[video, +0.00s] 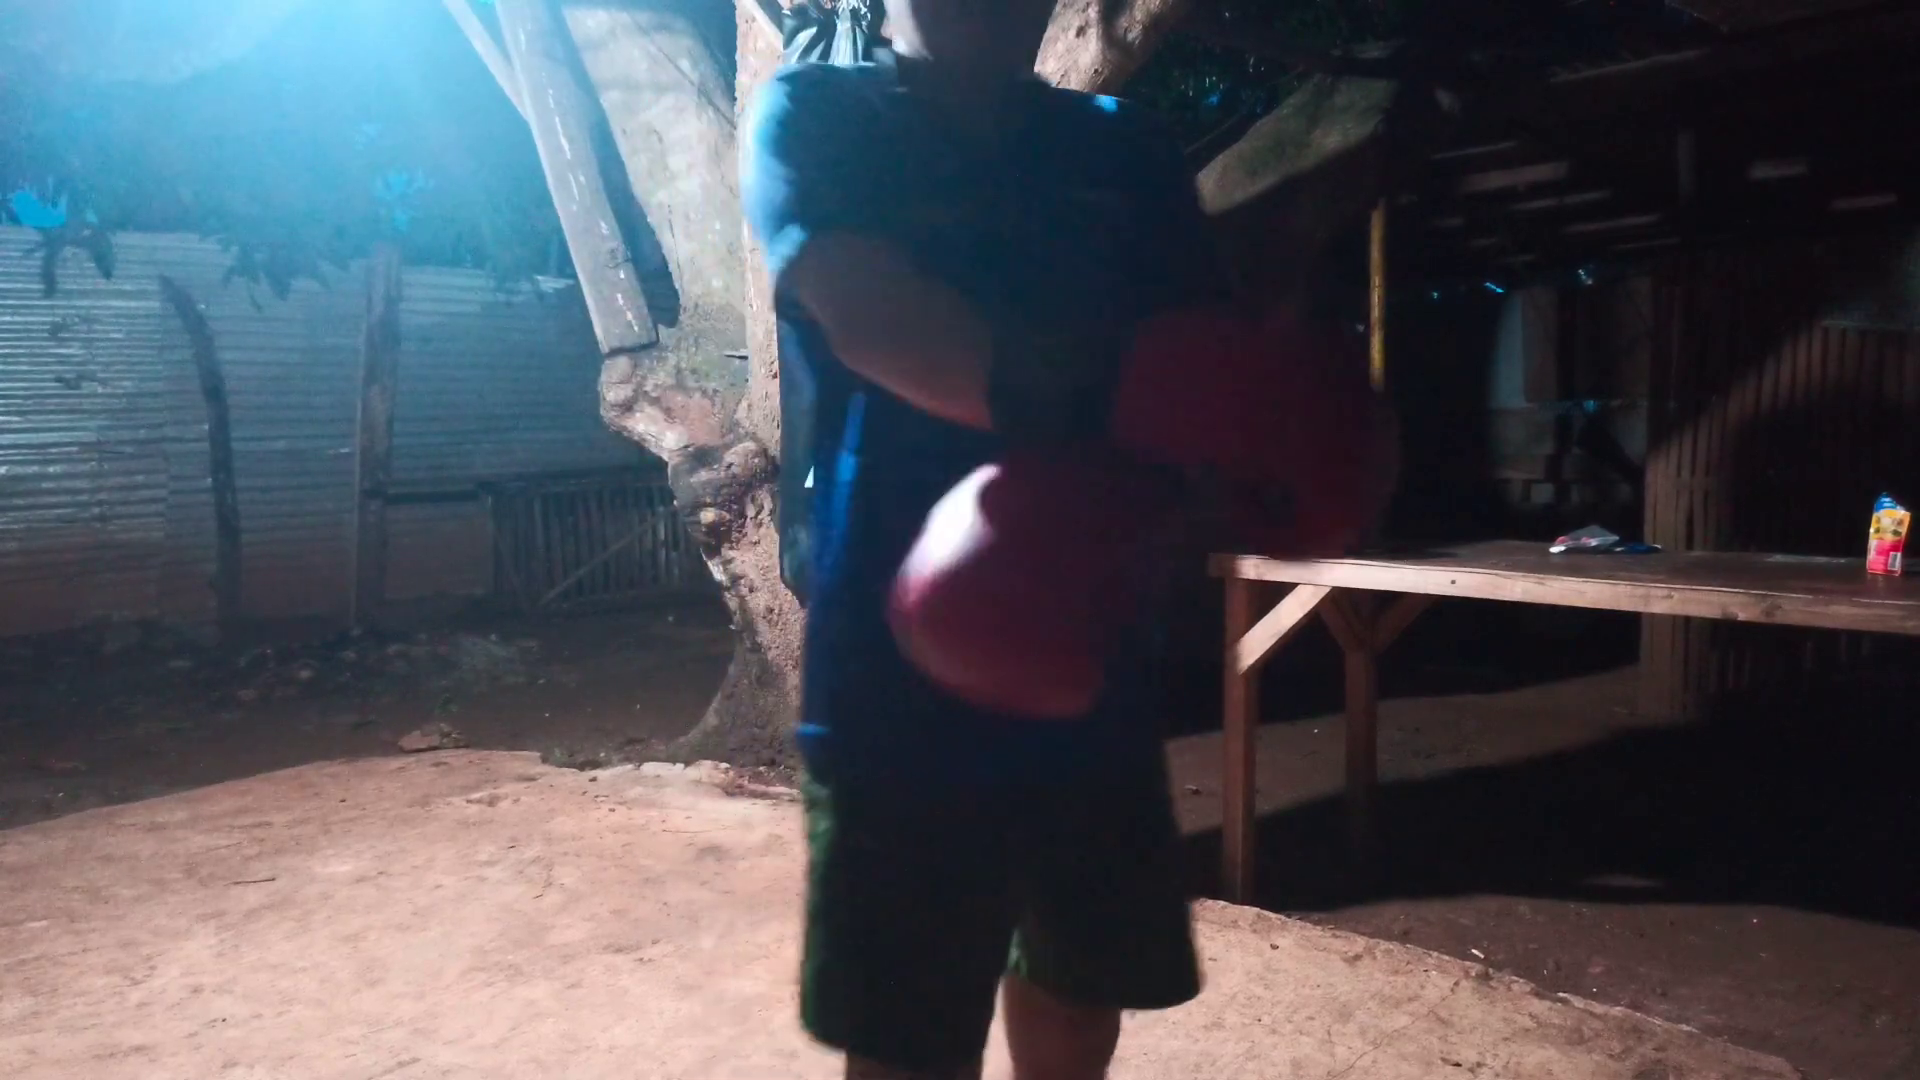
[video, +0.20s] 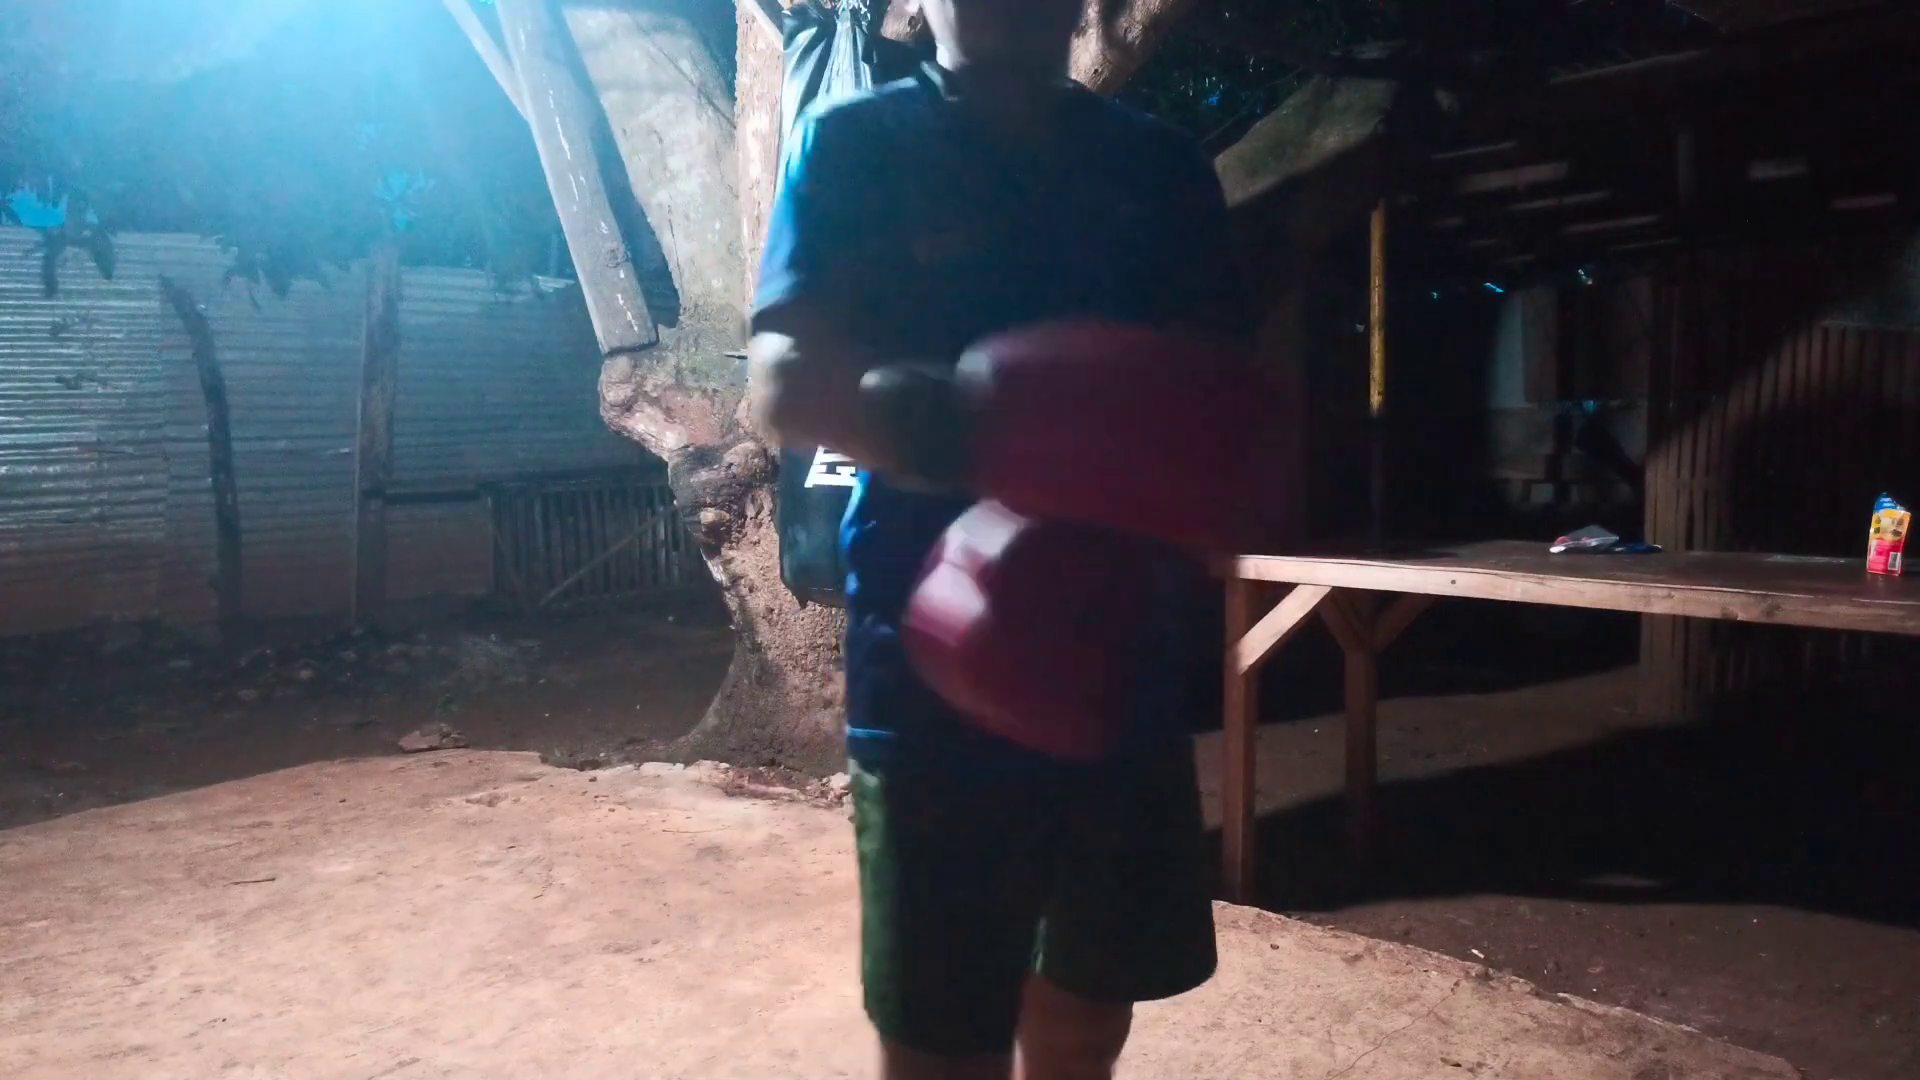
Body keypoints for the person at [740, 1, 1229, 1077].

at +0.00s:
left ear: (1054, 3)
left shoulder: (1128, 148)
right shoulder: (816, 106)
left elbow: (1209, 383)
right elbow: (865, 315)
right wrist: (1108, 400)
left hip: (1094, 660)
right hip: (892, 659)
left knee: (1079, 979)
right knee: (905, 1032)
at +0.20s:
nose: (1017, 4)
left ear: (1085, 7)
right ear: (926, 4)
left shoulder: (1160, 163)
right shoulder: (857, 143)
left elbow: (1217, 413)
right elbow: (788, 389)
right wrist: (1018, 426)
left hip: (1122, 652)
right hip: (926, 655)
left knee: (1089, 1005)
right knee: (941, 1036)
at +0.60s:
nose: (992, 0)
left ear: (1070, 3)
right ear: (903, 8)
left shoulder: (1162, 150)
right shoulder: (840, 157)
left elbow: (1247, 387)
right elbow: (752, 404)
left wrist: (1155, 549)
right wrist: (971, 400)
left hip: (1123, 656)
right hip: (926, 663)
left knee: (1084, 1004)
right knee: (923, 1035)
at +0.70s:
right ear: (885, 1)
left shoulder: (1150, 155)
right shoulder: (825, 157)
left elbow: (1234, 401)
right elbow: (757, 410)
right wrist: (988, 407)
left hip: (1113, 683)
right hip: (908, 684)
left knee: (1080, 1028)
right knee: (909, 1047)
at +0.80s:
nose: (956, 2)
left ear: (1028, 2)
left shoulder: (1125, 156)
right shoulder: (791, 150)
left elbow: (1222, 393)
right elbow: (740, 412)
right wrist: (1002, 447)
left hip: (1095, 689)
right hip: (884, 698)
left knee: (1073, 1042)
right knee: (889, 1057)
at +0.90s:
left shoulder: (1093, 151)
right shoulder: (761, 142)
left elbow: (1156, 407)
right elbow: (709, 423)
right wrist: (930, 484)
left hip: (1073, 688)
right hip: (859, 693)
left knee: (1066, 1041)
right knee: (887, 1056)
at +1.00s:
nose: (907, 2)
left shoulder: (1056, 148)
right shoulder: (728, 144)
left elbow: (1141, 401)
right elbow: (689, 441)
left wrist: (1087, 572)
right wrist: (905, 586)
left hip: (1040, 681)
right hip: (828, 693)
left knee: (1067, 1034)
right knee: (837, 1053)